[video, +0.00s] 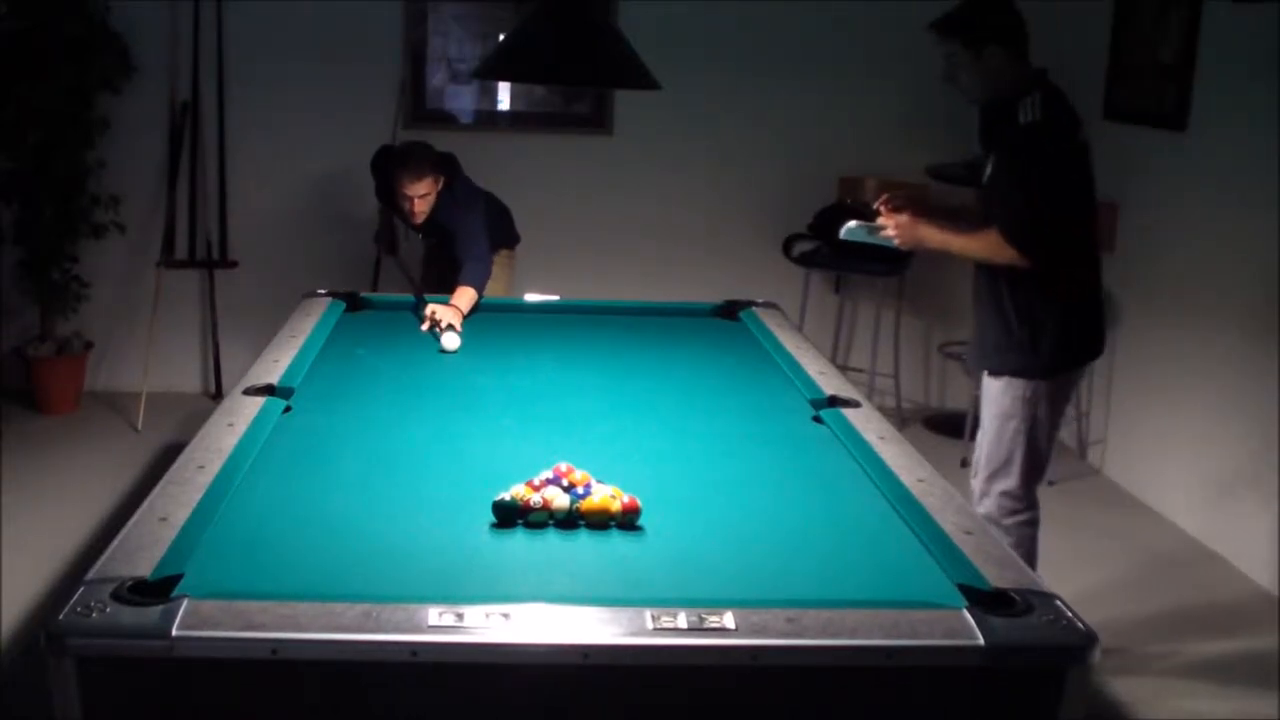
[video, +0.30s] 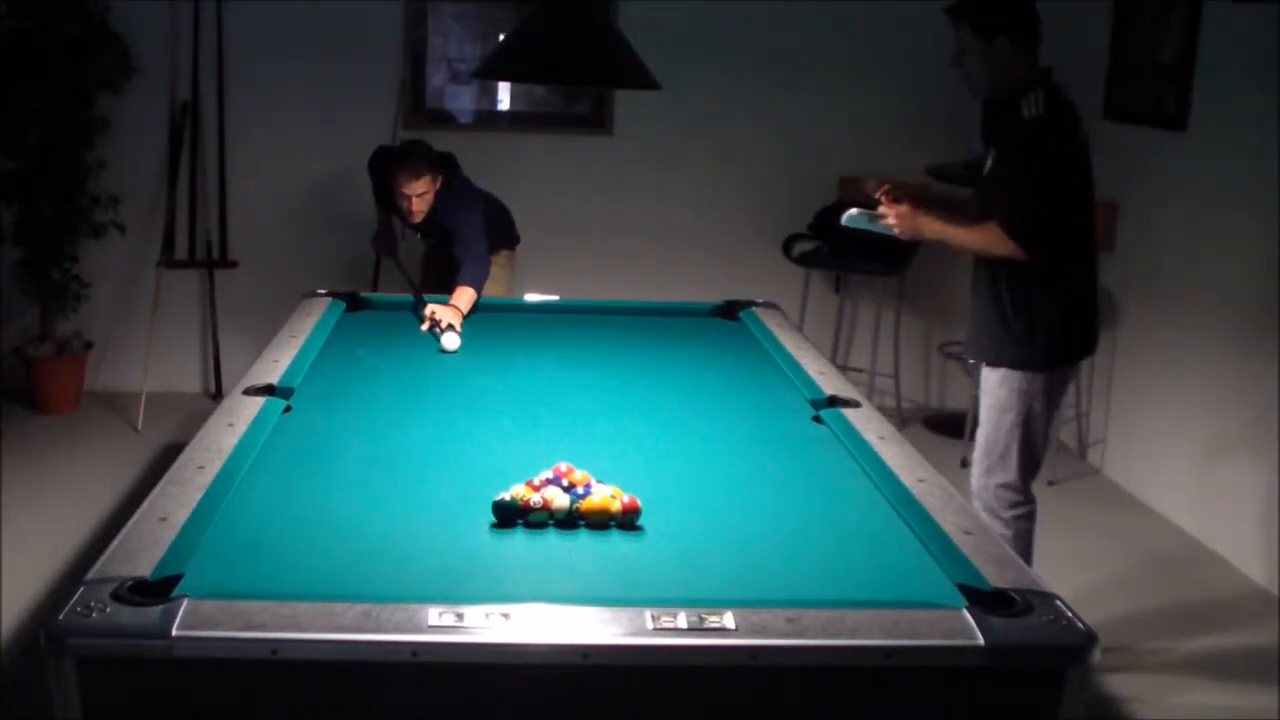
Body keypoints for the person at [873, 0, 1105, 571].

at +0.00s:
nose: (951, 79)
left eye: (958, 64)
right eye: (949, 65)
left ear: (993, 55)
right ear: (1001, 57)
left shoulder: (1037, 117)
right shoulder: (1016, 111)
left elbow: (1022, 245)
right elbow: (997, 212)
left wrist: (928, 235)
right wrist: (923, 210)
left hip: (1036, 344)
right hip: (1014, 337)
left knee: (1003, 498)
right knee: (992, 489)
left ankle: (1007, 629)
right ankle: (994, 620)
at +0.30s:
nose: (960, 64)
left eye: (968, 50)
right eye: (959, 50)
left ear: (1003, 48)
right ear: (1010, 49)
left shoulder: (1038, 116)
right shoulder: (1018, 109)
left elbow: (1022, 238)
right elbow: (996, 211)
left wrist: (928, 228)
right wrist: (922, 202)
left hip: (1032, 340)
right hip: (1014, 334)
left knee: (1000, 492)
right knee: (993, 485)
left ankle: (1004, 619)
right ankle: (995, 612)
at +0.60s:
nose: (965, 70)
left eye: (972, 56)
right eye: (964, 56)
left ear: (1006, 52)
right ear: (1010, 54)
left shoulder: (1060, 120)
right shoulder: (1020, 115)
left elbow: (1050, 241)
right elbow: (1018, 217)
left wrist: (953, 237)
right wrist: (955, 206)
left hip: (1055, 342)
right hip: (1014, 334)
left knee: (1035, 498)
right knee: (996, 483)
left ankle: (1051, 633)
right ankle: (997, 616)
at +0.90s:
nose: (1027, 66)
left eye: (1039, 52)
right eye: (1026, 53)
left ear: (1075, 52)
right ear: (1042, 53)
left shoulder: (1133, 132)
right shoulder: (1041, 125)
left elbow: (1137, 249)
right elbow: (1051, 224)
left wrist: (1022, 244)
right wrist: (1001, 226)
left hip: (1110, 364)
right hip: (1040, 352)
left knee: (1132, 511)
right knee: (1025, 495)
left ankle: (1175, 661)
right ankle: (1008, 628)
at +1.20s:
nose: (1121, 75)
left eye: (1137, 60)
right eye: (1125, 60)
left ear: (1186, 64)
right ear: (1150, 70)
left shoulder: (1258, 156)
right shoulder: (1129, 146)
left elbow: (1263, 282)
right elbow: (1099, 241)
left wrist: (1149, 277)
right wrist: (1081, 251)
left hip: (1213, 391)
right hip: (1122, 375)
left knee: (1199, 547)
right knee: (1060, 505)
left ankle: (1191, 678)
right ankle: (1018, 634)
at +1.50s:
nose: (1245, 78)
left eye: (1255, 65)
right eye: (1237, 61)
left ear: (1275, 71)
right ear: (1222, 60)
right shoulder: (1192, 134)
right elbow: (1140, 230)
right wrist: (1170, 269)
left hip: (1271, 372)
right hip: (1192, 360)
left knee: (1246, 546)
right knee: (1161, 535)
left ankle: (1198, 681)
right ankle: (1145, 681)